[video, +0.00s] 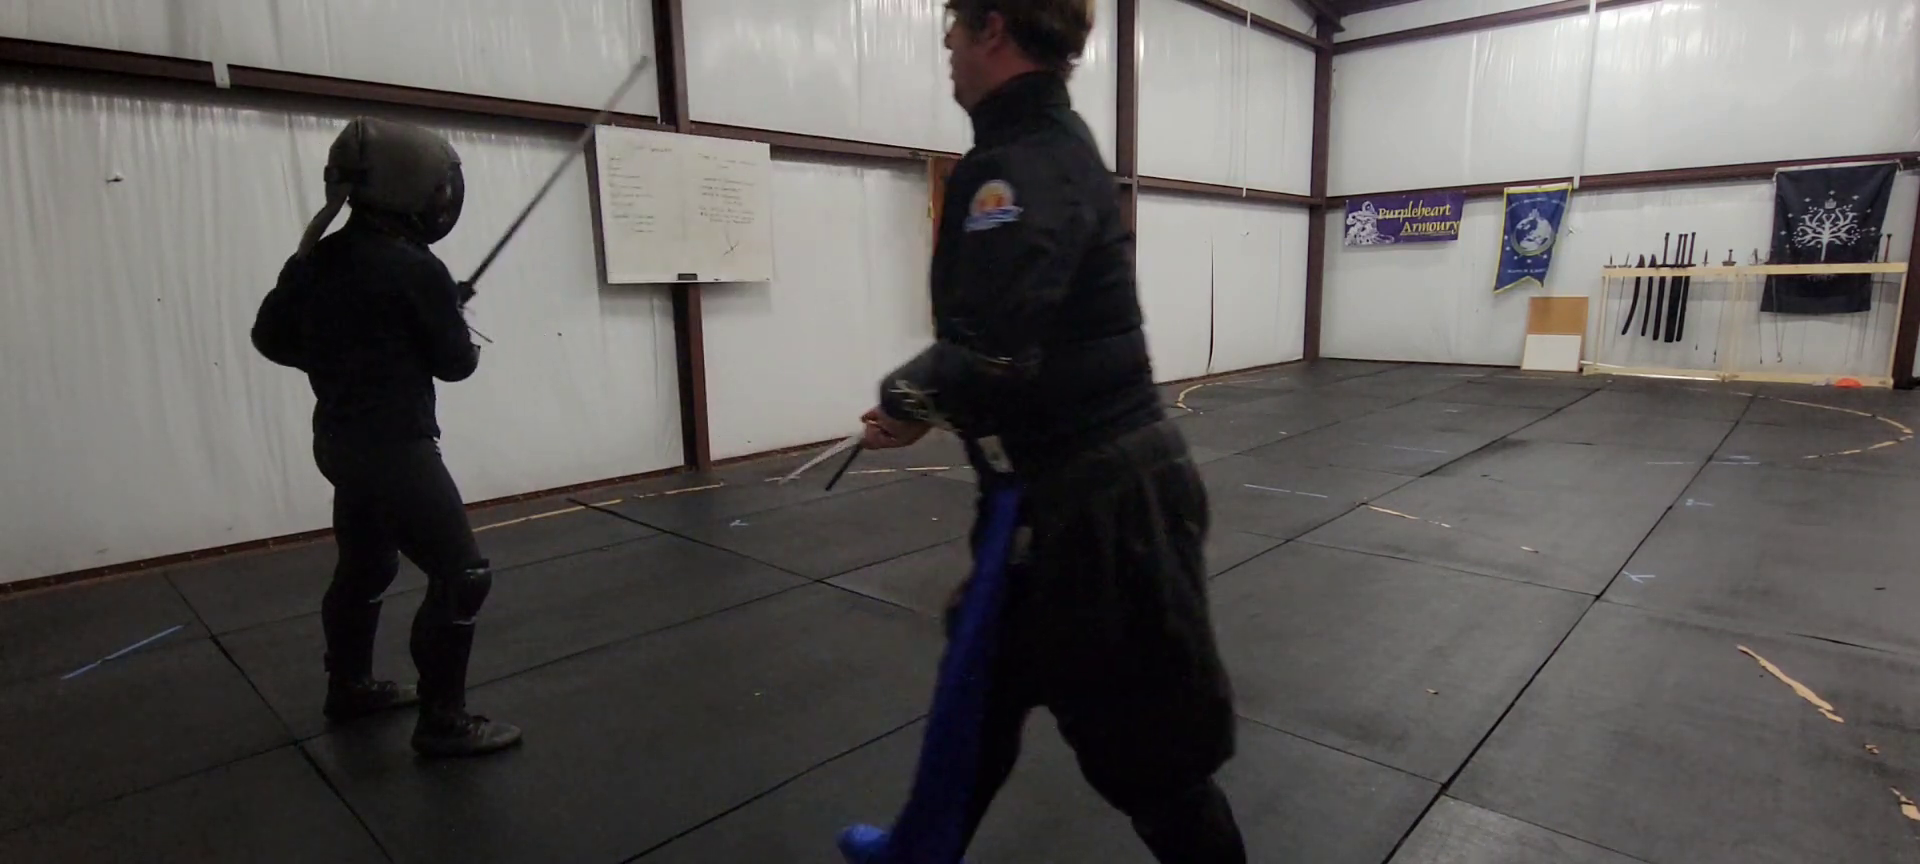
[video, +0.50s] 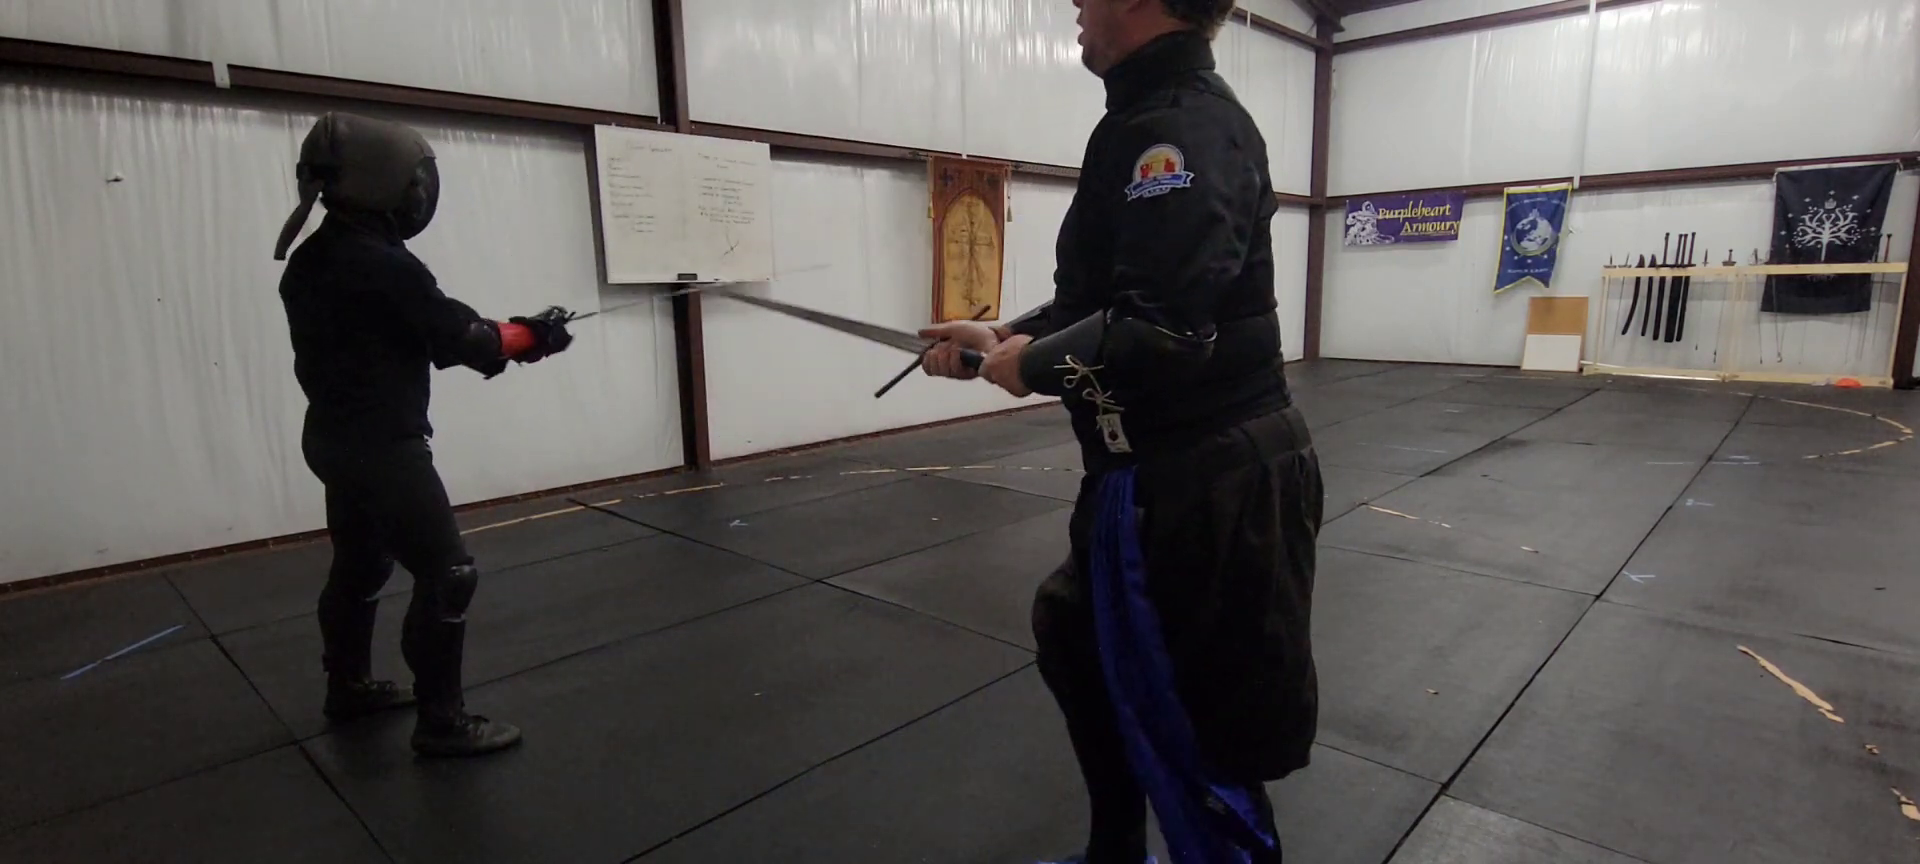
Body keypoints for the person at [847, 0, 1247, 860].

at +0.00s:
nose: (947, 54)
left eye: (956, 35)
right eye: (951, 36)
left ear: (997, 37)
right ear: (1012, 40)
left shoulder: (1023, 164)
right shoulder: (1045, 147)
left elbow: (996, 344)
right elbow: (1004, 327)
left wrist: (912, 401)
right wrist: (931, 389)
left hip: (1101, 493)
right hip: (1077, 483)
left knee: (1138, 747)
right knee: (983, 678)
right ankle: (925, 840)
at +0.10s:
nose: (983, 36)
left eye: (992, 20)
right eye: (986, 20)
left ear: (1033, 24)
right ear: (1060, 31)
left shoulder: (1061, 162)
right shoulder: (1102, 143)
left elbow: (1056, 346)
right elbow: (1066, 331)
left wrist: (952, 399)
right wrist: (967, 392)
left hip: (1133, 491)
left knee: (1155, 755)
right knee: (1034, 683)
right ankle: (977, 835)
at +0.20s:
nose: (1013, 24)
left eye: (1025, 8)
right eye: (1018, 8)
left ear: (1073, 17)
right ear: (1080, 21)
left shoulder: (1112, 143)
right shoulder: (1094, 134)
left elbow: (1110, 341)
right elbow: (1068, 324)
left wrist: (986, 397)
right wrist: (977, 388)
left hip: (1177, 483)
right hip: (1129, 473)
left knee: (1176, 747)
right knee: (1051, 663)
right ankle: (1034, 836)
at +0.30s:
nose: (1040, 20)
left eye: (1053, 4)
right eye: (1043, 5)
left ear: (1106, 12)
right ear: (1117, 17)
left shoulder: (1142, 133)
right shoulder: (1120, 128)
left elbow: (1137, 330)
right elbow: (1082, 317)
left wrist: (1016, 388)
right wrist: (987, 377)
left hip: (1183, 482)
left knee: (1183, 740)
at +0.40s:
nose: (1061, 17)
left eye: (1074, 2)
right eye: (1065, 3)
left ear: (1130, 8)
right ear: (1135, 15)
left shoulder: (1170, 131)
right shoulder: (1131, 128)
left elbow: (1156, 324)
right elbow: (1092, 307)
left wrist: (1031, 375)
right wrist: (996, 360)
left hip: (1187, 479)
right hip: (1142, 471)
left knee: (1174, 721)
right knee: (1094, 674)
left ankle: (1192, 845)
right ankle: (1133, 844)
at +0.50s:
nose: (1077, 10)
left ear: (1146, 5)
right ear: (1151, 12)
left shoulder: (1179, 130)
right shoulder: (1144, 124)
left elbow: (1166, 327)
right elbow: (1100, 298)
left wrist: (1032, 363)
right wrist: (997, 338)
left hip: (1206, 476)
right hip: (1157, 466)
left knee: (1193, 722)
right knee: (1074, 631)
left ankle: (1217, 843)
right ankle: (1115, 847)